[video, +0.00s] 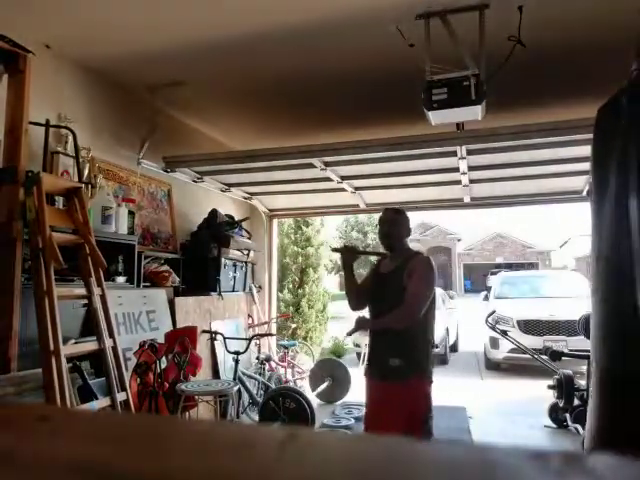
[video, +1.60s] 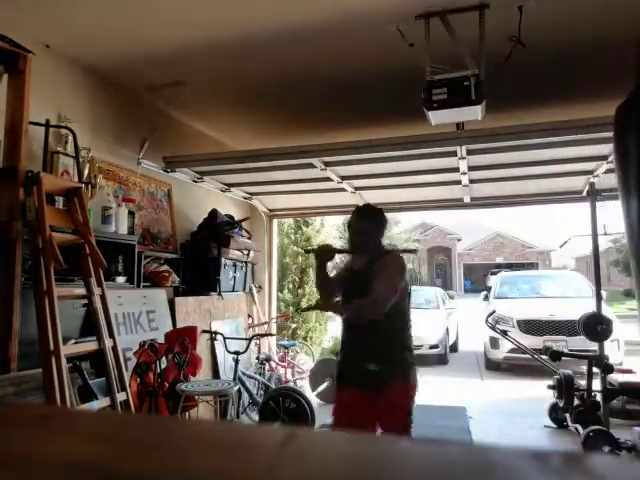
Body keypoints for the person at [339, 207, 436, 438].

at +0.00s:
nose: (385, 230)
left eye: (392, 224)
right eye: (381, 225)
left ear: (407, 229)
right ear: (378, 229)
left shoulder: (420, 264)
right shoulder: (382, 265)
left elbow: (411, 314)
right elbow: (356, 301)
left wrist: (370, 324)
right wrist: (347, 266)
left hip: (410, 370)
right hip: (379, 368)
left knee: (409, 443)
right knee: (377, 441)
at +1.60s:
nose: (354, 237)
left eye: (361, 231)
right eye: (352, 230)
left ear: (377, 232)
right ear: (349, 231)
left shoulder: (392, 262)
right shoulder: (354, 265)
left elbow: (377, 307)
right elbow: (328, 293)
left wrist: (334, 307)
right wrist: (321, 264)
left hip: (392, 369)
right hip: (355, 367)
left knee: (396, 446)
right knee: (348, 446)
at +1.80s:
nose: (354, 237)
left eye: (362, 232)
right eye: (352, 229)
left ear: (377, 234)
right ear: (347, 229)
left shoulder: (392, 264)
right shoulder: (343, 257)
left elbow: (379, 311)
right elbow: (309, 284)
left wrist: (328, 304)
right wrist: (315, 250)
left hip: (382, 343)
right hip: (344, 341)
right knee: (339, 403)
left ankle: (348, 427)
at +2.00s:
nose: (345, 236)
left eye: (353, 230)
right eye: (345, 229)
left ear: (370, 234)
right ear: (343, 231)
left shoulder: (385, 265)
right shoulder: (347, 266)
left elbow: (372, 315)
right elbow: (313, 293)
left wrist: (325, 314)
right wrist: (313, 258)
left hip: (378, 351)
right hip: (344, 349)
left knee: (337, 347)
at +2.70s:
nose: (391, 233)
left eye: (400, 227)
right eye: (385, 224)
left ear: (411, 231)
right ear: (375, 224)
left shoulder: (419, 278)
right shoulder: (349, 257)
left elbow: (428, 336)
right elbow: (298, 268)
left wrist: (466, 309)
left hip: (402, 395)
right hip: (355, 390)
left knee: (394, 473)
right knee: (352, 471)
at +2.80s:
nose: (403, 233)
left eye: (411, 227)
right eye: (397, 224)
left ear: (421, 233)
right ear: (384, 224)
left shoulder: (424, 281)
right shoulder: (358, 258)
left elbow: (446, 339)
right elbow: (306, 281)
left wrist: (477, 296)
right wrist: (264, 297)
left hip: (406, 402)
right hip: (357, 399)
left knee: (399, 475)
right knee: (353, 474)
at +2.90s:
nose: (409, 223)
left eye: (417, 217)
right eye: (403, 214)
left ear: (428, 225)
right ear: (390, 217)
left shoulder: (436, 273)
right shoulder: (362, 254)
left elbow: (481, 322)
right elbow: (316, 295)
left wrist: (486, 267)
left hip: (410, 407)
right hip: (358, 401)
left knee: (401, 478)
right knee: (344, 474)